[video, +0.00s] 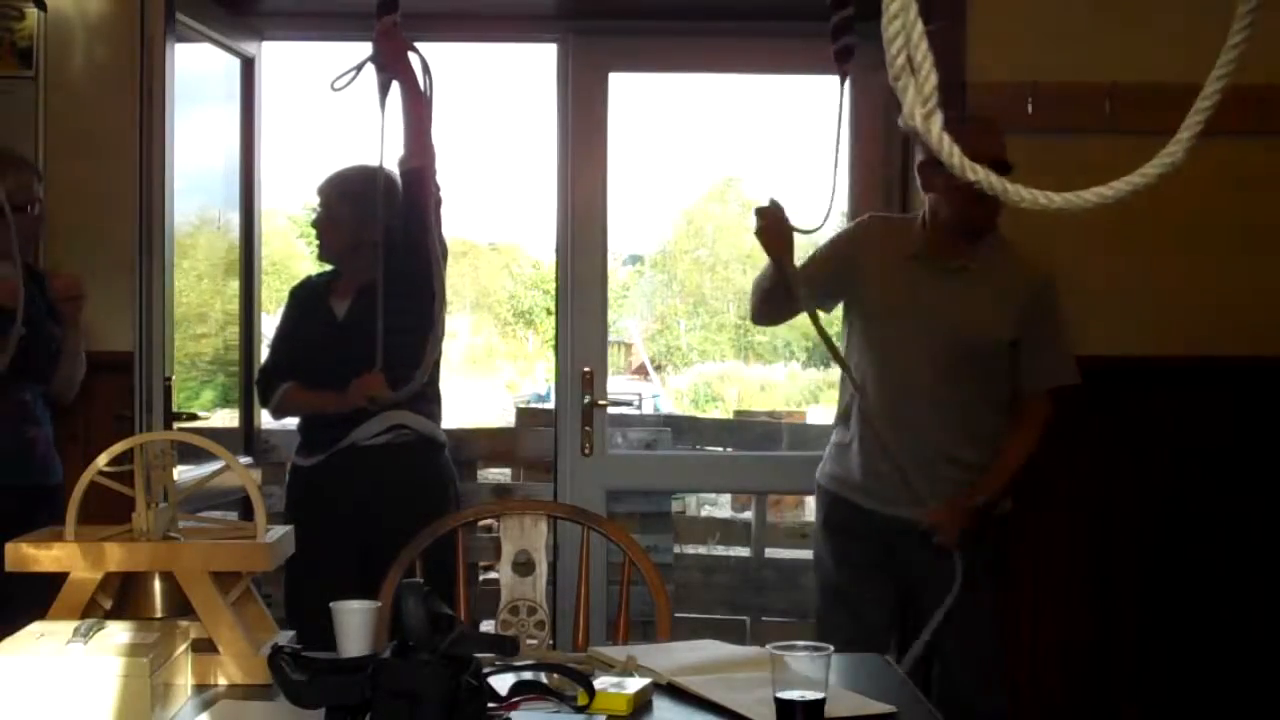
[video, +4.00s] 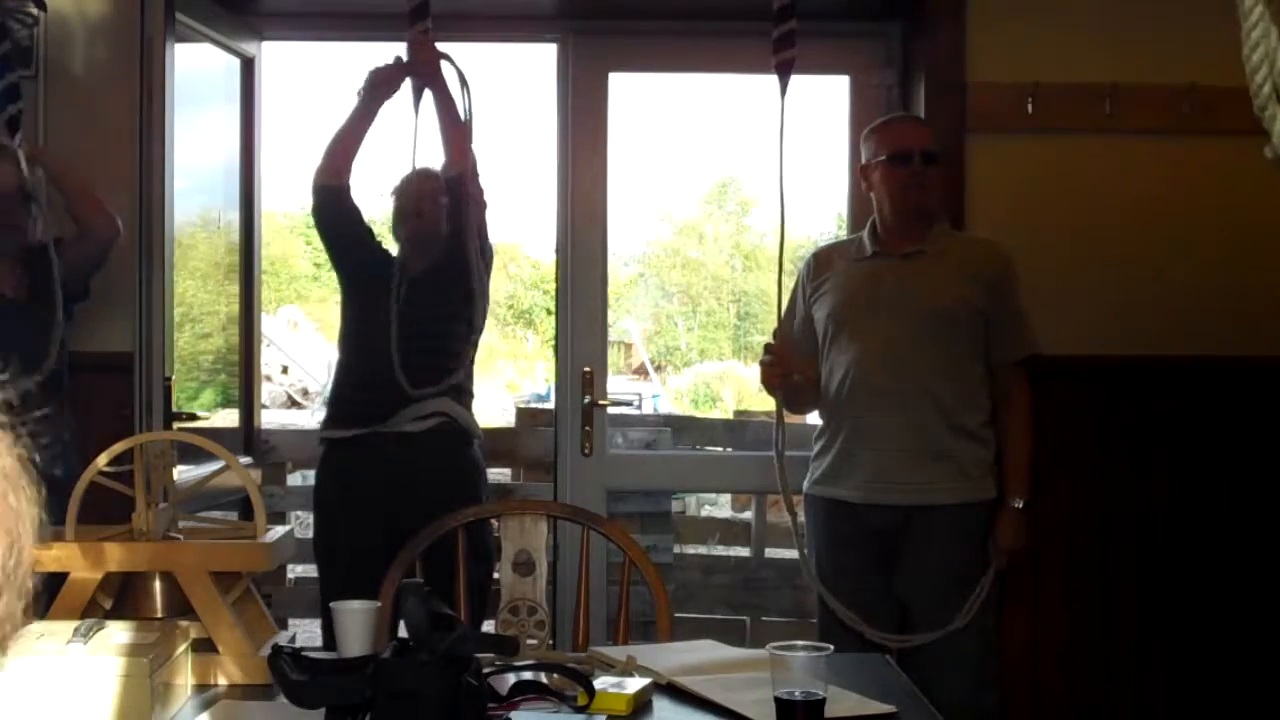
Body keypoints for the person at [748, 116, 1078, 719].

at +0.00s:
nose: (981, 193)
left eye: (993, 179)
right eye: (965, 178)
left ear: (1006, 187)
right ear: (928, 181)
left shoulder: (1022, 284)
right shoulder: (872, 240)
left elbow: (1037, 411)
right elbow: (767, 312)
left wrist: (974, 503)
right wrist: (780, 260)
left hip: (960, 525)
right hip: (856, 510)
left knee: (959, 690)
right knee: (854, 681)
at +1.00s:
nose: (899, 167)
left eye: (912, 155)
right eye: (882, 157)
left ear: (928, 171)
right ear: (854, 175)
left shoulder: (973, 255)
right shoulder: (817, 265)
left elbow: (1006, 379)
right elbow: (801, 390)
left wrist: (1008, 491)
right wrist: (751, 373)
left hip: (949, 505)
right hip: (842, 505)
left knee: (954, 676)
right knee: (857, 676)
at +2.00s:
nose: (862, 173)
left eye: (880, 159)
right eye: (858, 160)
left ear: (925, 173)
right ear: (850, 172)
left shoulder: (980, 264)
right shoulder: (824, 270)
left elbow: (1012, 390)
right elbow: (809, 391)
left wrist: (1017, 501)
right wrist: (773, 384)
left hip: (954, 506)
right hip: (845, 504)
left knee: (953, 681)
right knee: (854, 680)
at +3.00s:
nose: (902, 167)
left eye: (918, 156)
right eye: (888, 156)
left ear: (941, 172)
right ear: (868, 174)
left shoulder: (982, 263)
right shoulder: (825, 266)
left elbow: (1013, 390)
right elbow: (808, 391)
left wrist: (1014, 503)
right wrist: (782, 381)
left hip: (952, 506)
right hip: (843, 505)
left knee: (953, 682)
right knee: (854, 678)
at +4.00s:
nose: (918, 171)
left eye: (929, 159)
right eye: (900, 160)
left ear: (943, 172)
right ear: (866, 178)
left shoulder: (983, 264)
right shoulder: (823, 268)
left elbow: (1012, 389)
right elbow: (806, 393)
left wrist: (1015, 503)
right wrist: (784, 382)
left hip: (953, 509)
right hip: (843, 506)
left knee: (952, 681)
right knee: (853, 678)